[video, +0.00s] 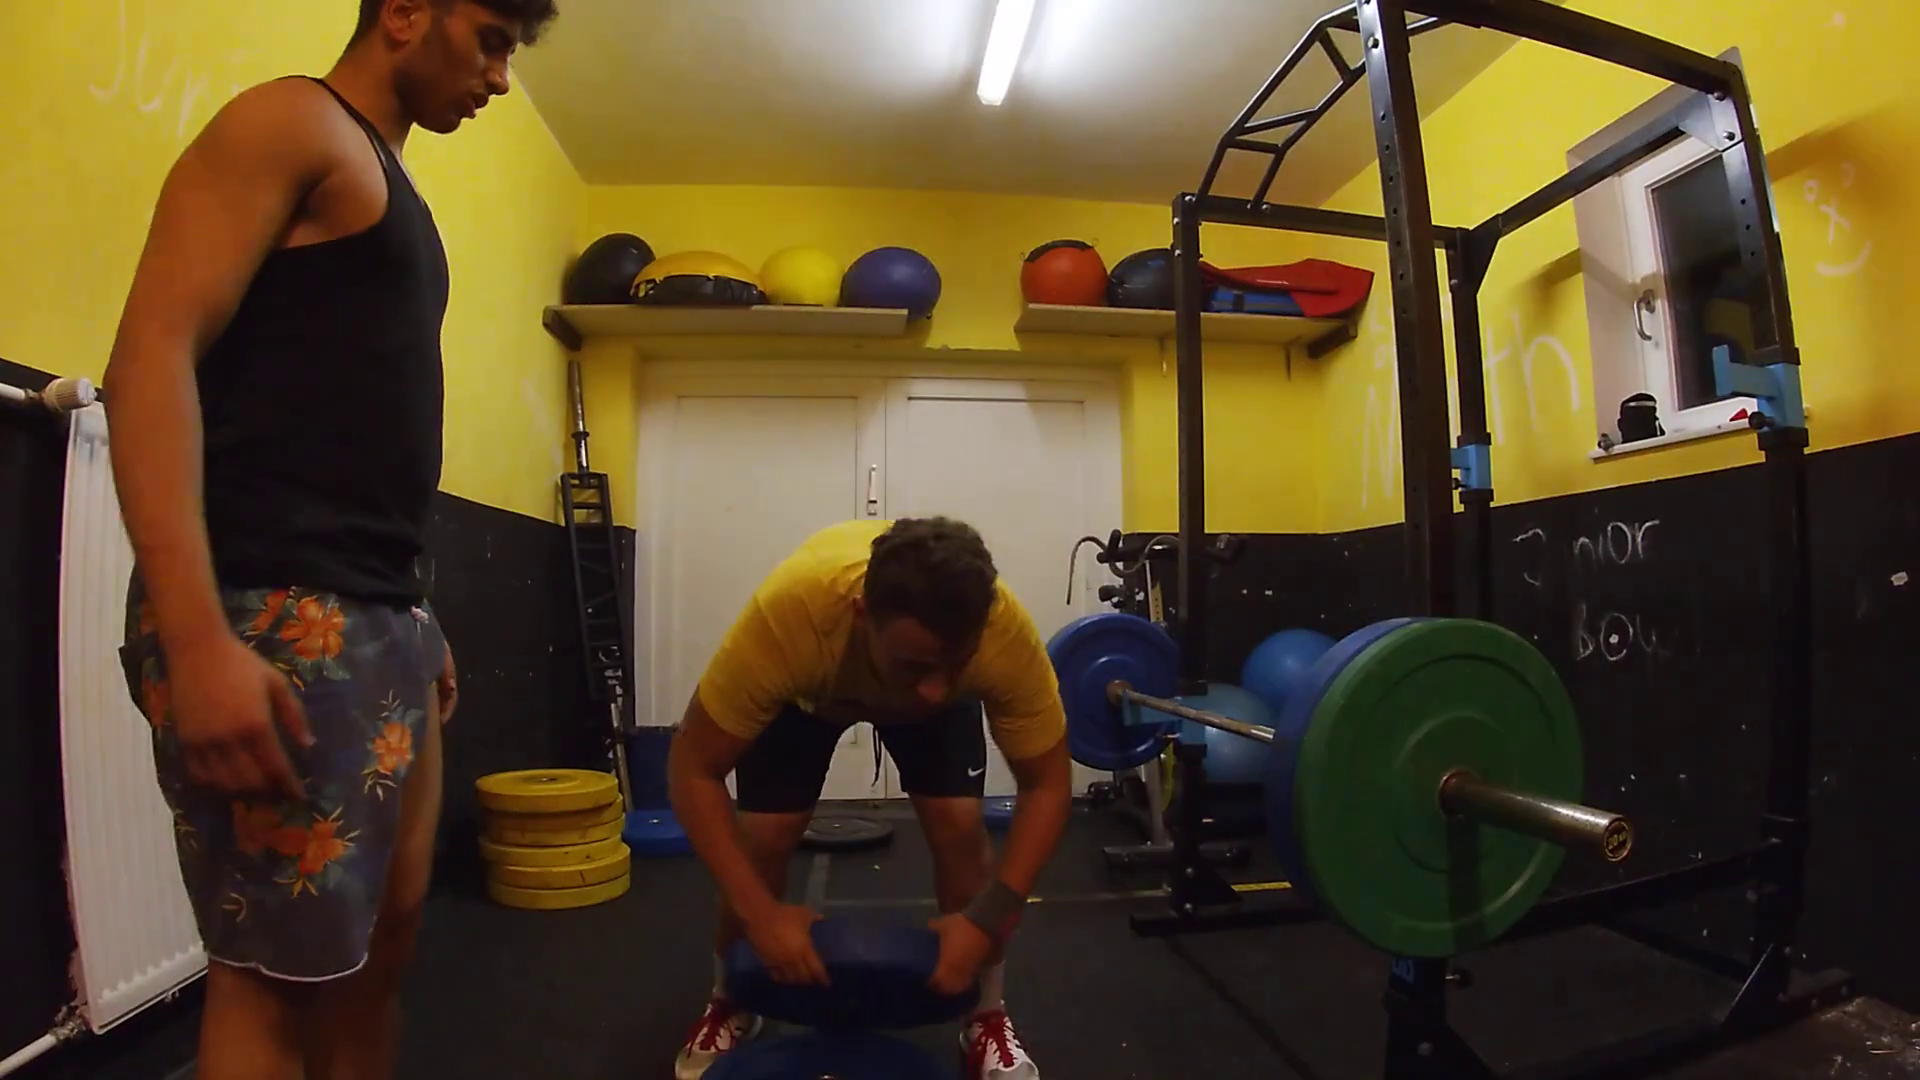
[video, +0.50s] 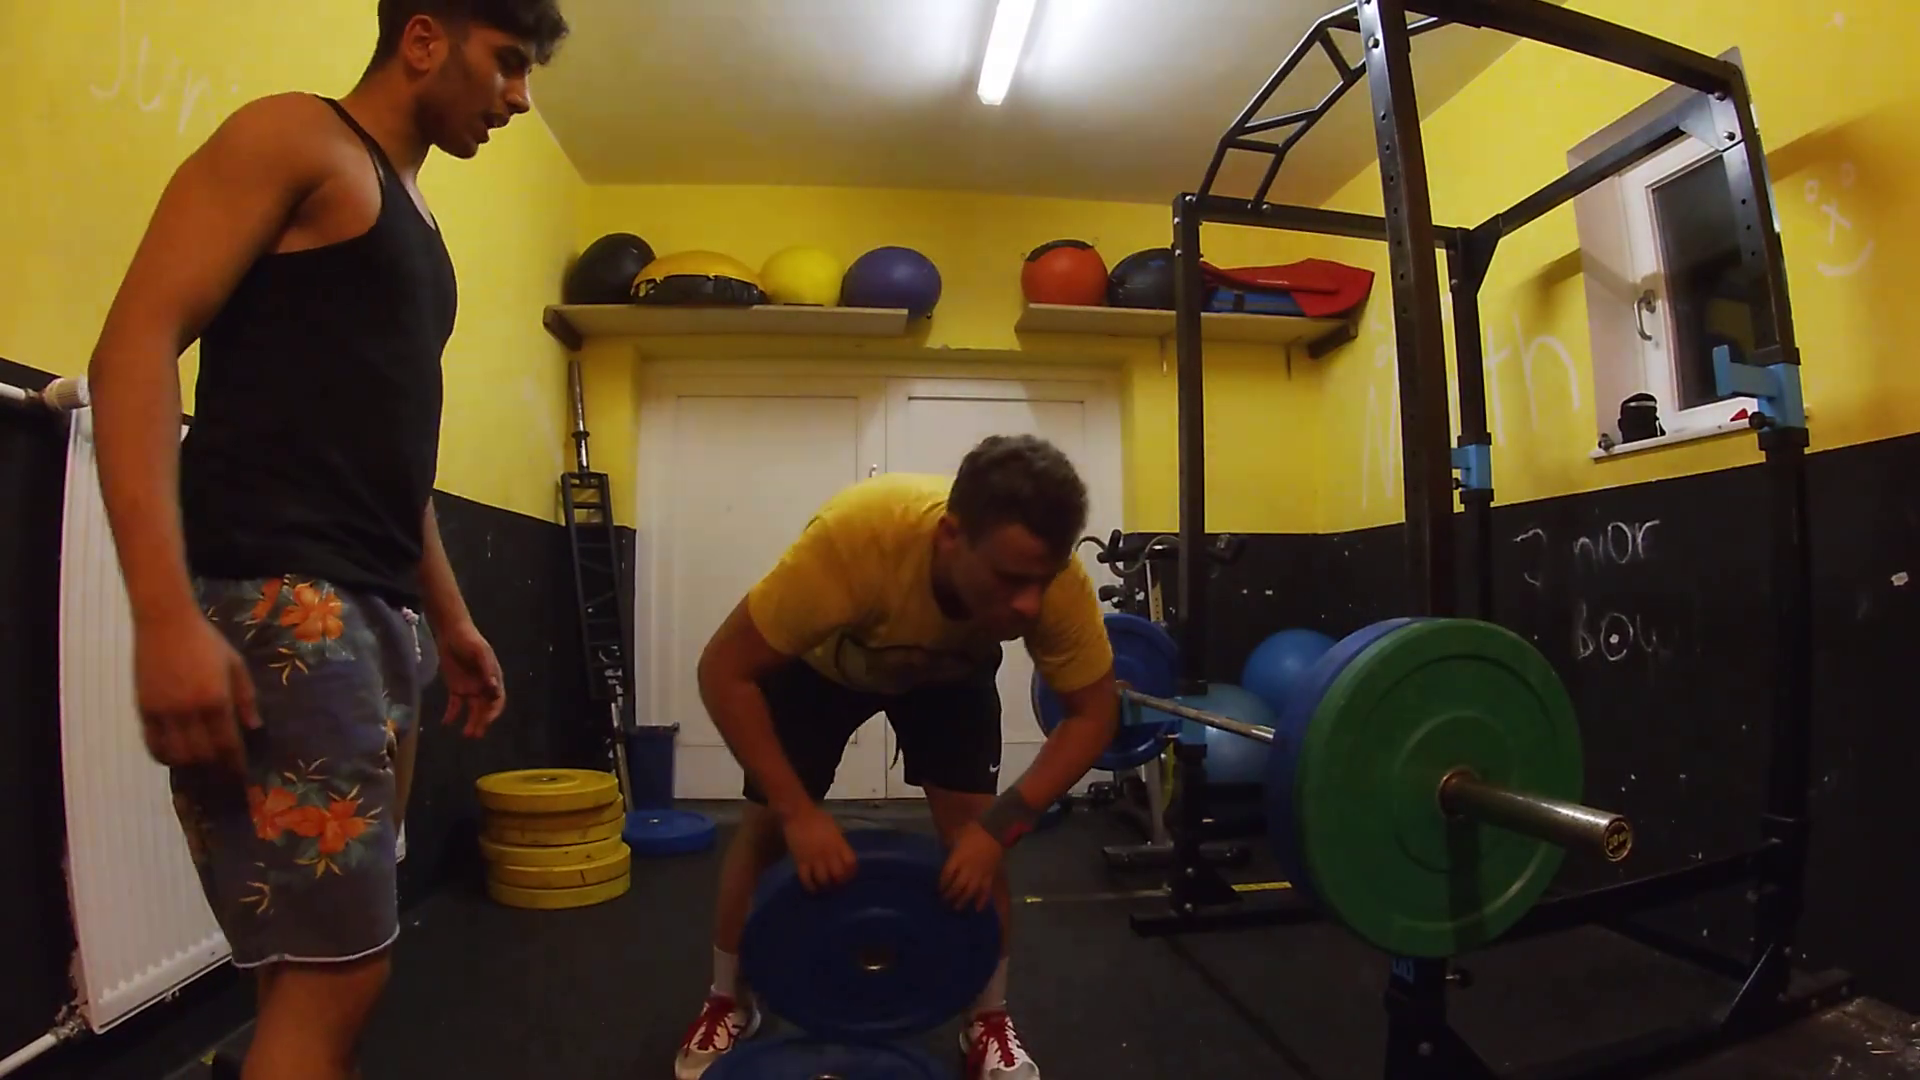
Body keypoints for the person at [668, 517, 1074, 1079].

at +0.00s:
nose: (935, 691)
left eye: (954, 668)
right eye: (914, 669)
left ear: (979, 631)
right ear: (862, 614)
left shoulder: (1005, 639)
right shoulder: (788, 616)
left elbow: (1048, 782)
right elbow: (691, 764)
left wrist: (990, 916)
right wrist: (761, 915)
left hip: (932, 694)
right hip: (809, 685)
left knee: (961, 827)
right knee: (763, 836)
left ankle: (987, 1019)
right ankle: (730, 1007)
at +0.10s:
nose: (949, 674)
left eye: (968, 653)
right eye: (927, 652)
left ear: (994, 615)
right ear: (876, 601)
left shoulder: (1016, 624)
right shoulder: (799, 598)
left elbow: (1062, 758)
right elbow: (688, 738)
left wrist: (990, 884)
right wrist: (765, 876)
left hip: (933, 687)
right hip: (809, 679)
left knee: (963, 830)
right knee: (762, 835)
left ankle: (988, 1018)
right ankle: (729, 1004)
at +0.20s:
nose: (967, 650)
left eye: (985, 629)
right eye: (946, 629)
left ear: (1007, 596)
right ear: (890, 579)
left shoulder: (1025, 609)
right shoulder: (805, 582)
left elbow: (1062, 739)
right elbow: (695, 719)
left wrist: (976, 862)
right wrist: (772, 860)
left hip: (937, 678)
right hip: (811, 670)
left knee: (969, 839)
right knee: (762, 834)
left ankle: (988, 1020)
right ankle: (728, 1005)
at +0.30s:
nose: (983, 632)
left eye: (1000, 611)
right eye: (962, 611)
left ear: (1021, 580)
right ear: (903, 561)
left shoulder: (1030, 596)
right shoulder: (815, 566)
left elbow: (1060, 732)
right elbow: (699, 702)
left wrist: (971, 856)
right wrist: (773, 842)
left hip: (943, 672)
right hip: (816, 664)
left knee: (971, 843)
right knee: (765, 831)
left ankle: (988, 1021)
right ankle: (728, 1005)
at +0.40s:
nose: (1007, 623)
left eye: (1022, 599)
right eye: (986, 600)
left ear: (1039, 573)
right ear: (925, 554)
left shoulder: (1043, 592)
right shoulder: (828, 555)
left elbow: (1072, 728)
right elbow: (706, 686)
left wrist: (975, 845)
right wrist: (779, 828)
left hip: (946, 669)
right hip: (818, 663)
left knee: (970, 836)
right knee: (766, 826)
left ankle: (989, 1021)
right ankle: (728, 1005)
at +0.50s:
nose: (1030, 605)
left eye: (1045, 582)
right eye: (1010, 581)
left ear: (1062, 560)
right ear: (950, 536)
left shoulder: (1059, 583)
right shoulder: (851, 542)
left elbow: (1094, 714)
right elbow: (721, 668)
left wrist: (996, 831)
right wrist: (799, 812)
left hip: (953, 671)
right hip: (824, 661)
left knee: (974, 835)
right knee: (769, 822)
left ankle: (990, 1021)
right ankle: (728, 1005)